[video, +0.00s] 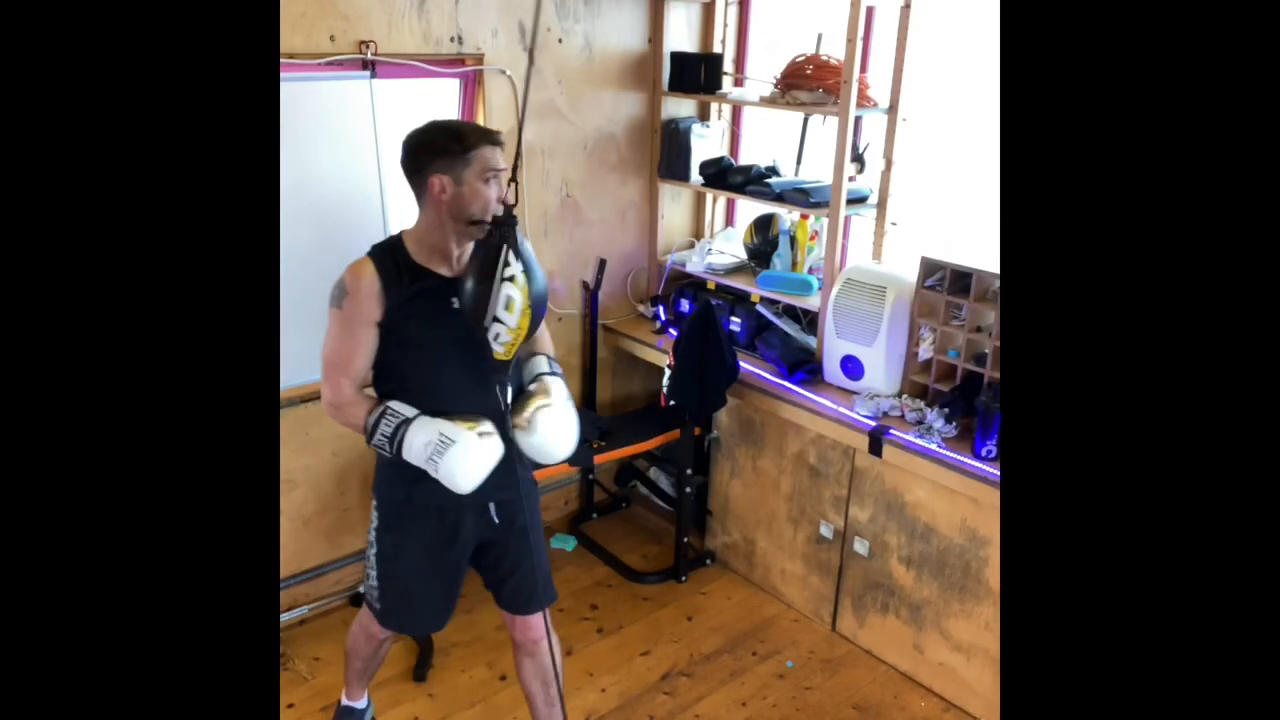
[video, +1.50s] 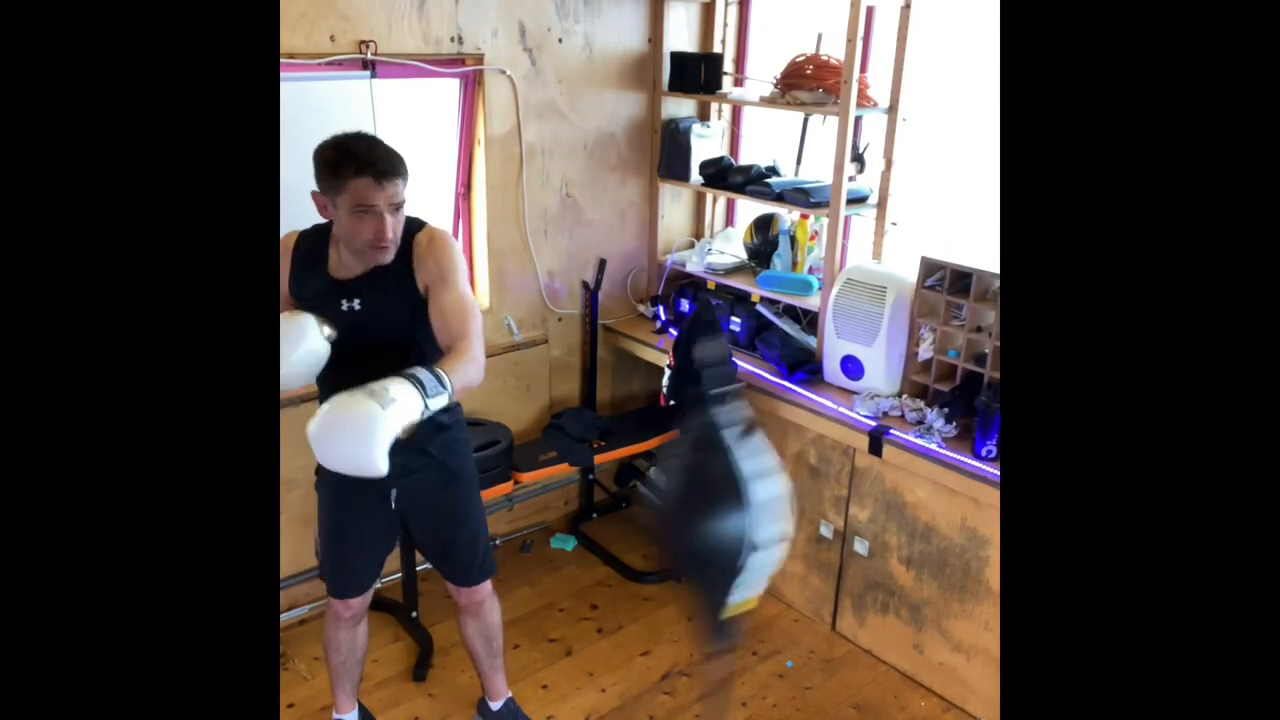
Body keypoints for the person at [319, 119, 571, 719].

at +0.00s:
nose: (505, 194)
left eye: (504, 178)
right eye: (491, 179)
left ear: (447, 188)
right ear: (440, 188)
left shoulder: (505, 257)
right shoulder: (369, 282)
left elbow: (532, 336)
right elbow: (341, 393)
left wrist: (545, 387)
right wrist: (416, 436)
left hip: (504, 469)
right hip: (416, 479)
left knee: (533, 625)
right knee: (383, 619)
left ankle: (552, 718)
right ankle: (353, 708)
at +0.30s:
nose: (436, 222)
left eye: (442, 204)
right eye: (419, 206)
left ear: (449, 197)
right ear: (371, 202)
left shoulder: (461, 252)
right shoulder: (322, 270)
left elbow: (495, 360)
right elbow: (323, 401)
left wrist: (491, 343)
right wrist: (361, 344)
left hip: (463, 466)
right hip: (376, 480)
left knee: (507, 609)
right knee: (365, 616)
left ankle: (514, 709)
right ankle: (357, 707)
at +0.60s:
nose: (467, 226)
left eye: (474, 209)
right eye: (448, 211)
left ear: (482, 198)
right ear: (405, 204)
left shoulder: (489, 241)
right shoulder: (368, 257)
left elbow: (517, 310)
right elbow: (423, 356)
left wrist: (539, 315)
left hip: (469, 451)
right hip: (390, 461)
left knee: (490, 586)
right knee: (365, 602)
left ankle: (507, 703)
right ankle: (355, 703)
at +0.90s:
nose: (453, 255)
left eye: (460, 238)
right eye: (435, 240)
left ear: (468, 229)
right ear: (390, 231)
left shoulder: (467, 252)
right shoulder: (330, 276)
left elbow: (486, 356)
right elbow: (322, 402)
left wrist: (487, 338)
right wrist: (376, 363)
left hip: (449, 454)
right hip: (367, 463)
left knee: (480, 588)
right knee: (350, 609)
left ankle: (505, 703)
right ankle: (342, 713)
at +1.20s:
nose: (412, 258)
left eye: (423, 239)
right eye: (393, 242)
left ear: (432, 228)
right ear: (349, 234)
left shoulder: (444, 261)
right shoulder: (298, 278)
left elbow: (469, 366)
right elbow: (282, 393)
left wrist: (467, 350)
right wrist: (326, 381)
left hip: (431, 460)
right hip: (346, 471)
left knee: (468, 589)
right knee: (342, 614)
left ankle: (496, 703)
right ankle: (341, 713)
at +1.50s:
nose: (387, 228)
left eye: (396, 209)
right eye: (366, 212)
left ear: (406, 199)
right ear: (325, 205)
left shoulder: (431, 250)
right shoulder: (295, 257)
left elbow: (470, 360)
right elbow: (290, 359)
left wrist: (411, 394)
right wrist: (293, 348)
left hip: (435, 441)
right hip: (346, 446)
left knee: (475, 588)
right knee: (346, 603)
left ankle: (498, 703)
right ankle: (346, 713)